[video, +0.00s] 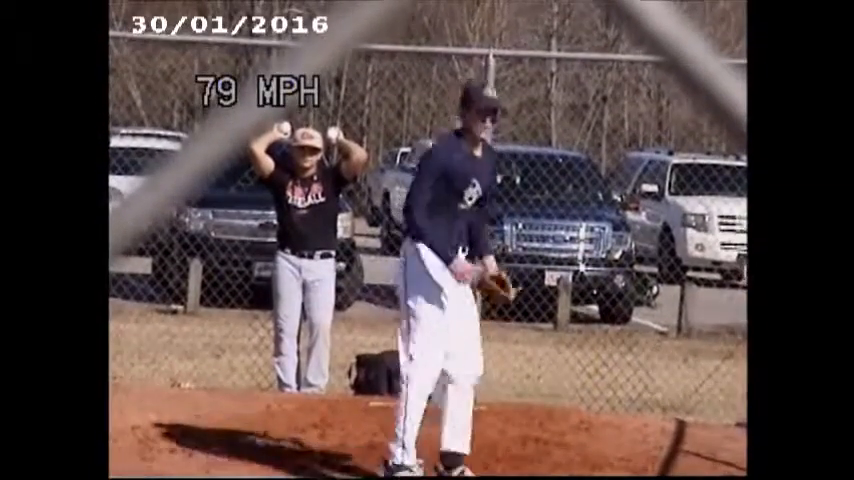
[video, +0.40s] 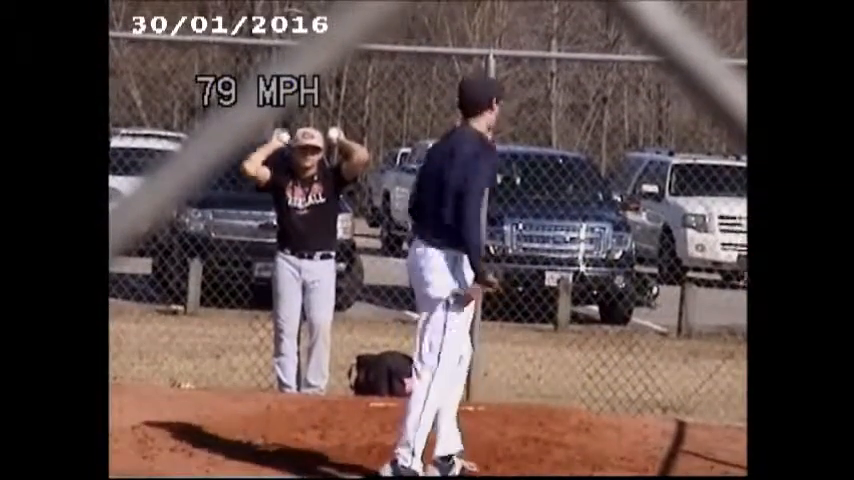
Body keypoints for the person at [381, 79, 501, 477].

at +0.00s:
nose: (490, 121)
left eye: (494, 115)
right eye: (483, 114)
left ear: (496, 120)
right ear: (464, 114)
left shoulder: (487, 159)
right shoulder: (440, 153)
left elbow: (478, 213)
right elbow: (414, 214)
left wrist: (487, 256)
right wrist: (452, 259)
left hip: (460, 260)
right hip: (425, 255)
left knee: (463, 364)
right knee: (423, 361)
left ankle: (453, 457)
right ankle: (401, 457)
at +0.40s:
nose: (500, 110)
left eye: (499, 103)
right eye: (500, 104)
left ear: (462, 106)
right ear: (493, 107)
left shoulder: (444, 144)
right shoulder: (478, 149)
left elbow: (417, 205)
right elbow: (471, 211)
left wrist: (431, 246)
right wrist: (477, 273)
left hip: (425, 250)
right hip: (449, 255)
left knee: (454, 357)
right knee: (435, 362)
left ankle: (447, 453)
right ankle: (405, 458)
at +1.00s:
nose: (478, 113)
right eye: (478, 108)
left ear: (442, 112)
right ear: (475, 111)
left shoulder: (426, 151)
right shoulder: (494, 148)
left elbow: (400, 213)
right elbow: (519, 204)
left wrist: (423, 228)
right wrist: (533, 258)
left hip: (437, 251)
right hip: (477, 255)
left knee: (442, 352)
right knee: (486, 353)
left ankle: (440, 454)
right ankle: (456, 423)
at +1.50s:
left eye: (491, 95)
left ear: (488, 100)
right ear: (521, 103)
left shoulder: (465, 137)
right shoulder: (531, 151)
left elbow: (428, 173)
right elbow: (537, 209)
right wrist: (541, 263)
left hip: (467, 244)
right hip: (508, 249)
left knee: (461, 336)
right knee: (500, 337)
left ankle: (447, 412)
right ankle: (497, 415)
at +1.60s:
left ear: (496, 94)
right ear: (528, 98)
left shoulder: (474, 128)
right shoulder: (538, 143)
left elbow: (436, 160)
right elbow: (551, 205)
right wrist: (547, 250)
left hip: (473, 240)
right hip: (513, 245)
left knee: (468, 326)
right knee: (504, 333)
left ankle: (457, 400)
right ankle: (499, 408)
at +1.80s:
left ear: (507, 90)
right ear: (538, 94)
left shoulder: (486, 124)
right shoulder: (547, 140)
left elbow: (453, 140)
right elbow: (554, 197)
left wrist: (480, 119)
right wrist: (530, 202)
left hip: (478, 233)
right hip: (518, 239)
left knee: (476, 315)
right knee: (506, 329)